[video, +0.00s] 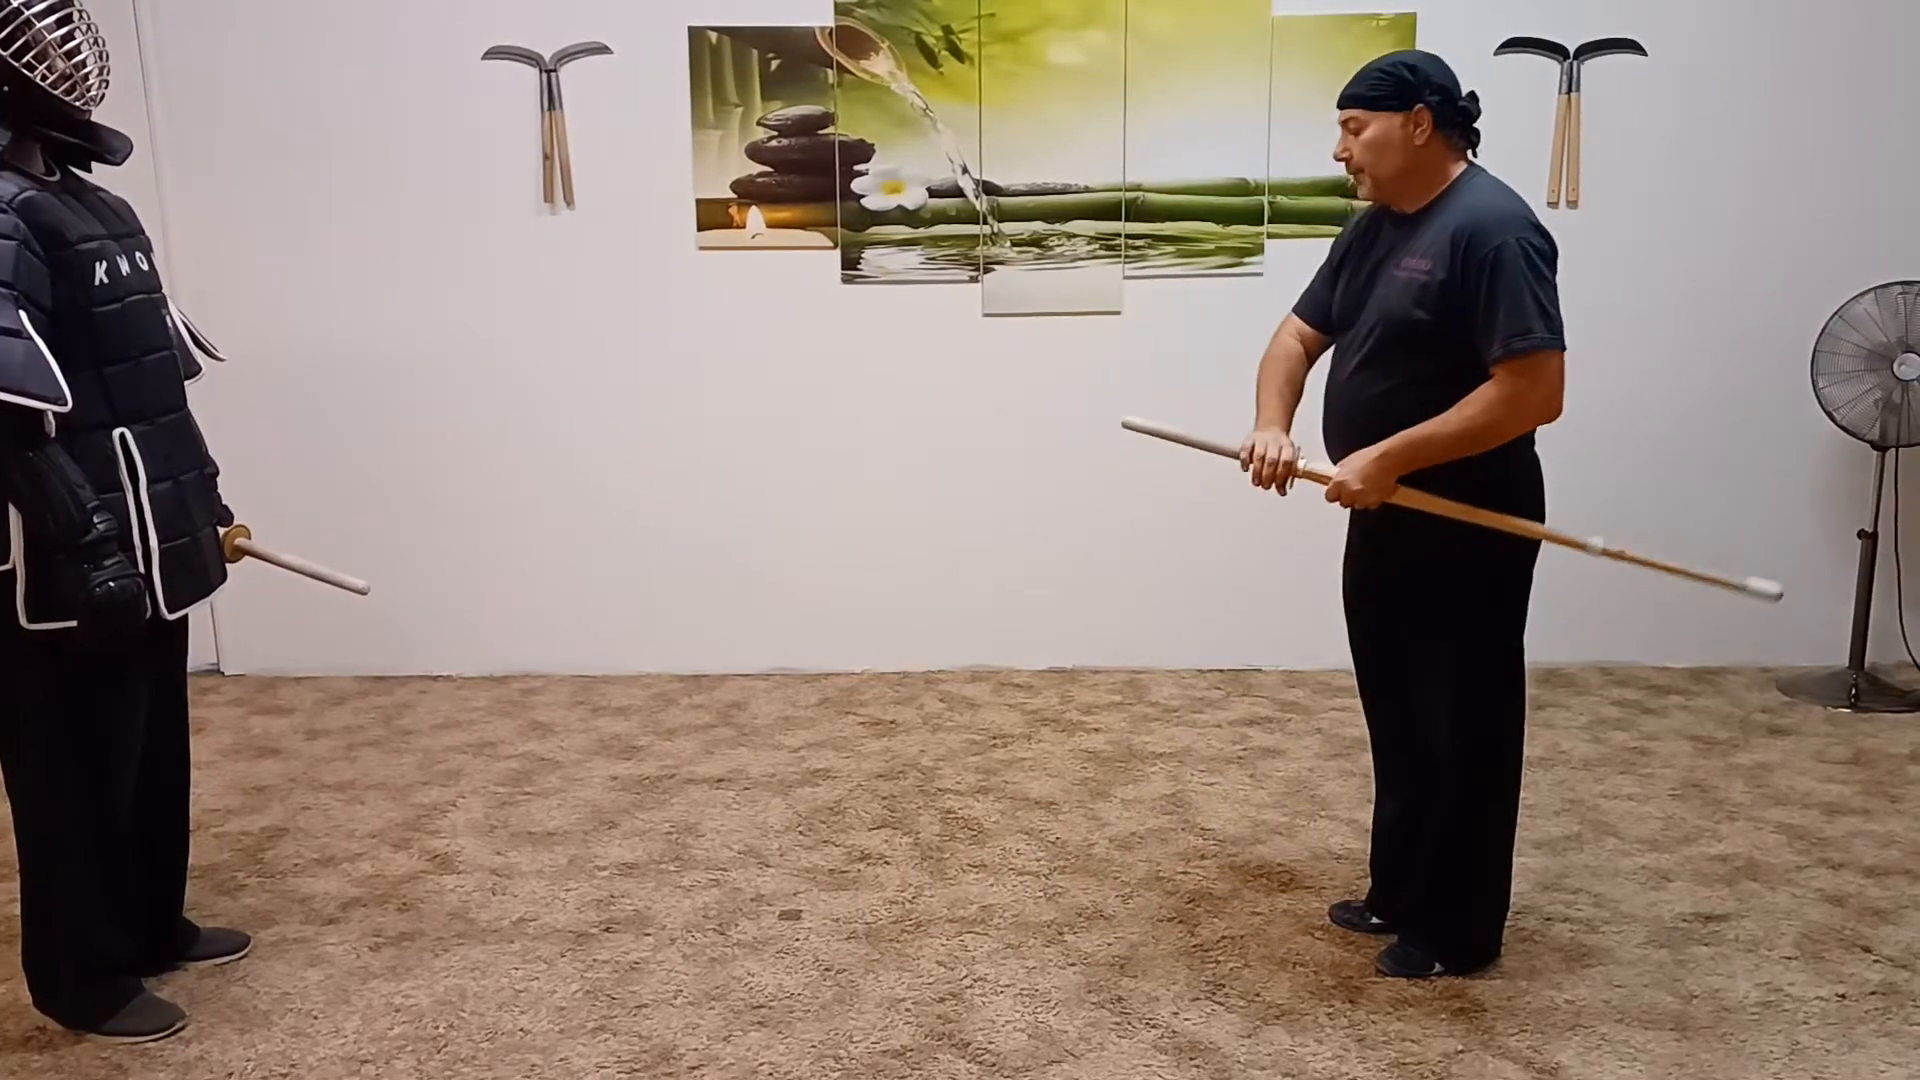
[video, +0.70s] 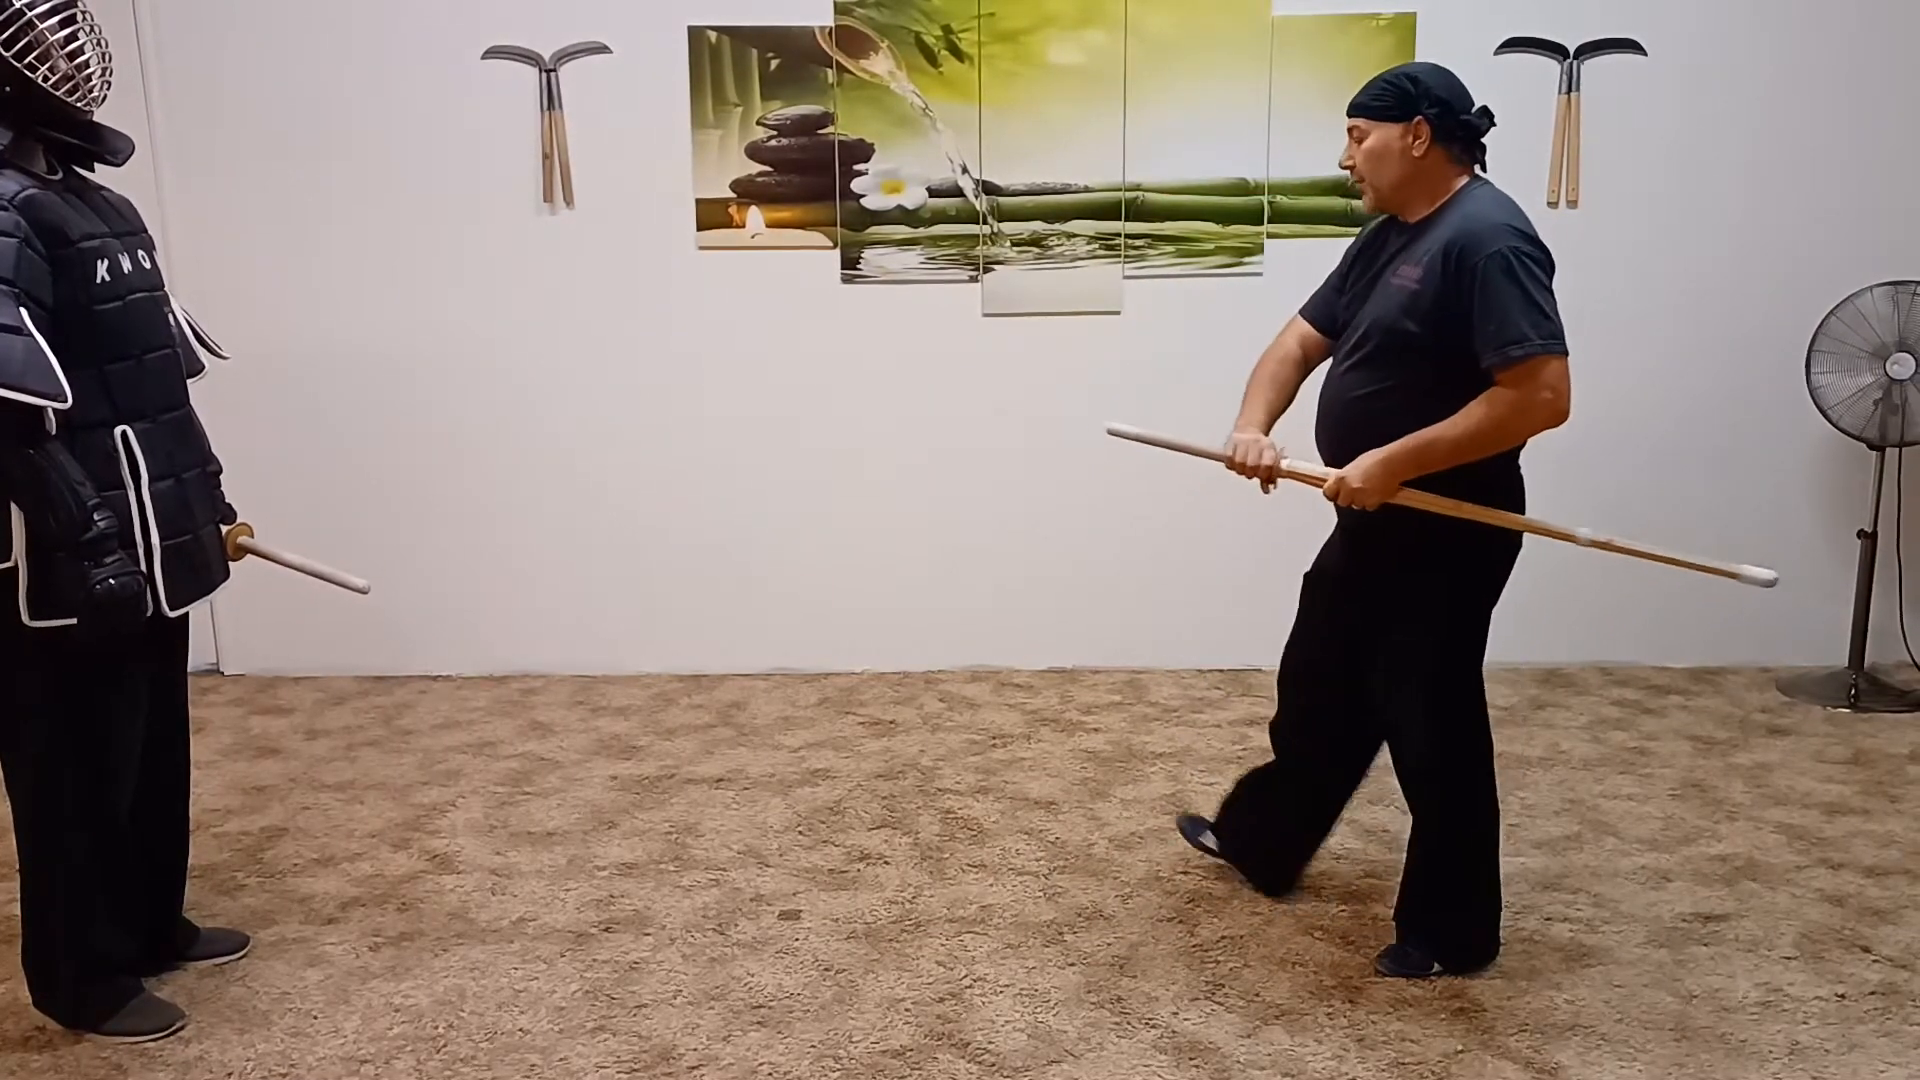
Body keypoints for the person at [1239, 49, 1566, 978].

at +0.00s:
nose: (1342, 150)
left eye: (1356, 128)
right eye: (1341, 131)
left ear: (1418, 124)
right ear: (1404, 132)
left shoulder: (1495, 227)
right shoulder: (1373, 228)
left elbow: (1533, 389)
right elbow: (1295, 339)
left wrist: (1391, 455)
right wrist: (1274, 426)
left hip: (1472, 518)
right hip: (1385, 509)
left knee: (1464, 718)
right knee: (1396, 710)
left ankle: (1459, 930)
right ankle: (1401, 897)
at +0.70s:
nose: (1346, 156)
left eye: (1358, 136)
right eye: (1347, 137)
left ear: (1418, 136)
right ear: (1409, 141)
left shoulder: (1489, 237)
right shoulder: (1390, 231)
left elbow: (1542, 394)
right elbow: (1303, 340)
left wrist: (1395, 462)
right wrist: (1253, 425)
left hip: (1451, 523)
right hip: (1374, 512)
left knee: (1435, 724)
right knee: (1321, 679)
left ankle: (1452, 933)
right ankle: (1265, 843)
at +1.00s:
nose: (1302, 164)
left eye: (1316, 145)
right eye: (1303, 147)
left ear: (1373, 146)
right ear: (1358, 151)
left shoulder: (1441, 241)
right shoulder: (1339, 247)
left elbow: (1515, 379)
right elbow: (1240, 328)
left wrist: (1387, 474)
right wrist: (1146, 399)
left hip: (1409, 530)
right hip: (1337, 519)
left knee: (1404, 725)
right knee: (1296, 689)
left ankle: (1452, 931)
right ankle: (1231, 837)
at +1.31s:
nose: (1224, 164)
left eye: (1238, 147)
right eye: (1223, 152)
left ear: (1296, 147)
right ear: (1271, 158)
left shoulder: (1366, 230)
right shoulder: (1255, 245)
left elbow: (1463, 343)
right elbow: (1142, 291)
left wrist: (1386, 479)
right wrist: (1030, 334)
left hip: (1359, 528)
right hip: (1283, 520)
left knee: (1395, 733)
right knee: (1247, 686)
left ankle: (1455, 929)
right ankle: (1213, 846)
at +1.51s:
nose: (1187, 188)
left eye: (1198, 168)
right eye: (1183, 174)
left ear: (1254, 159)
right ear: (1230, 170)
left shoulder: (1327, 232)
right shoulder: (1212, 257)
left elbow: (1438, 334)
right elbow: (1107, 283)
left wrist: (1413, 484)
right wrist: (998, 315)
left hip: (1346, 531)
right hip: (1262, 527)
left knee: (1393, 731)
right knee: (1216, 667)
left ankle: (1457, 929)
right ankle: (1204, 845)